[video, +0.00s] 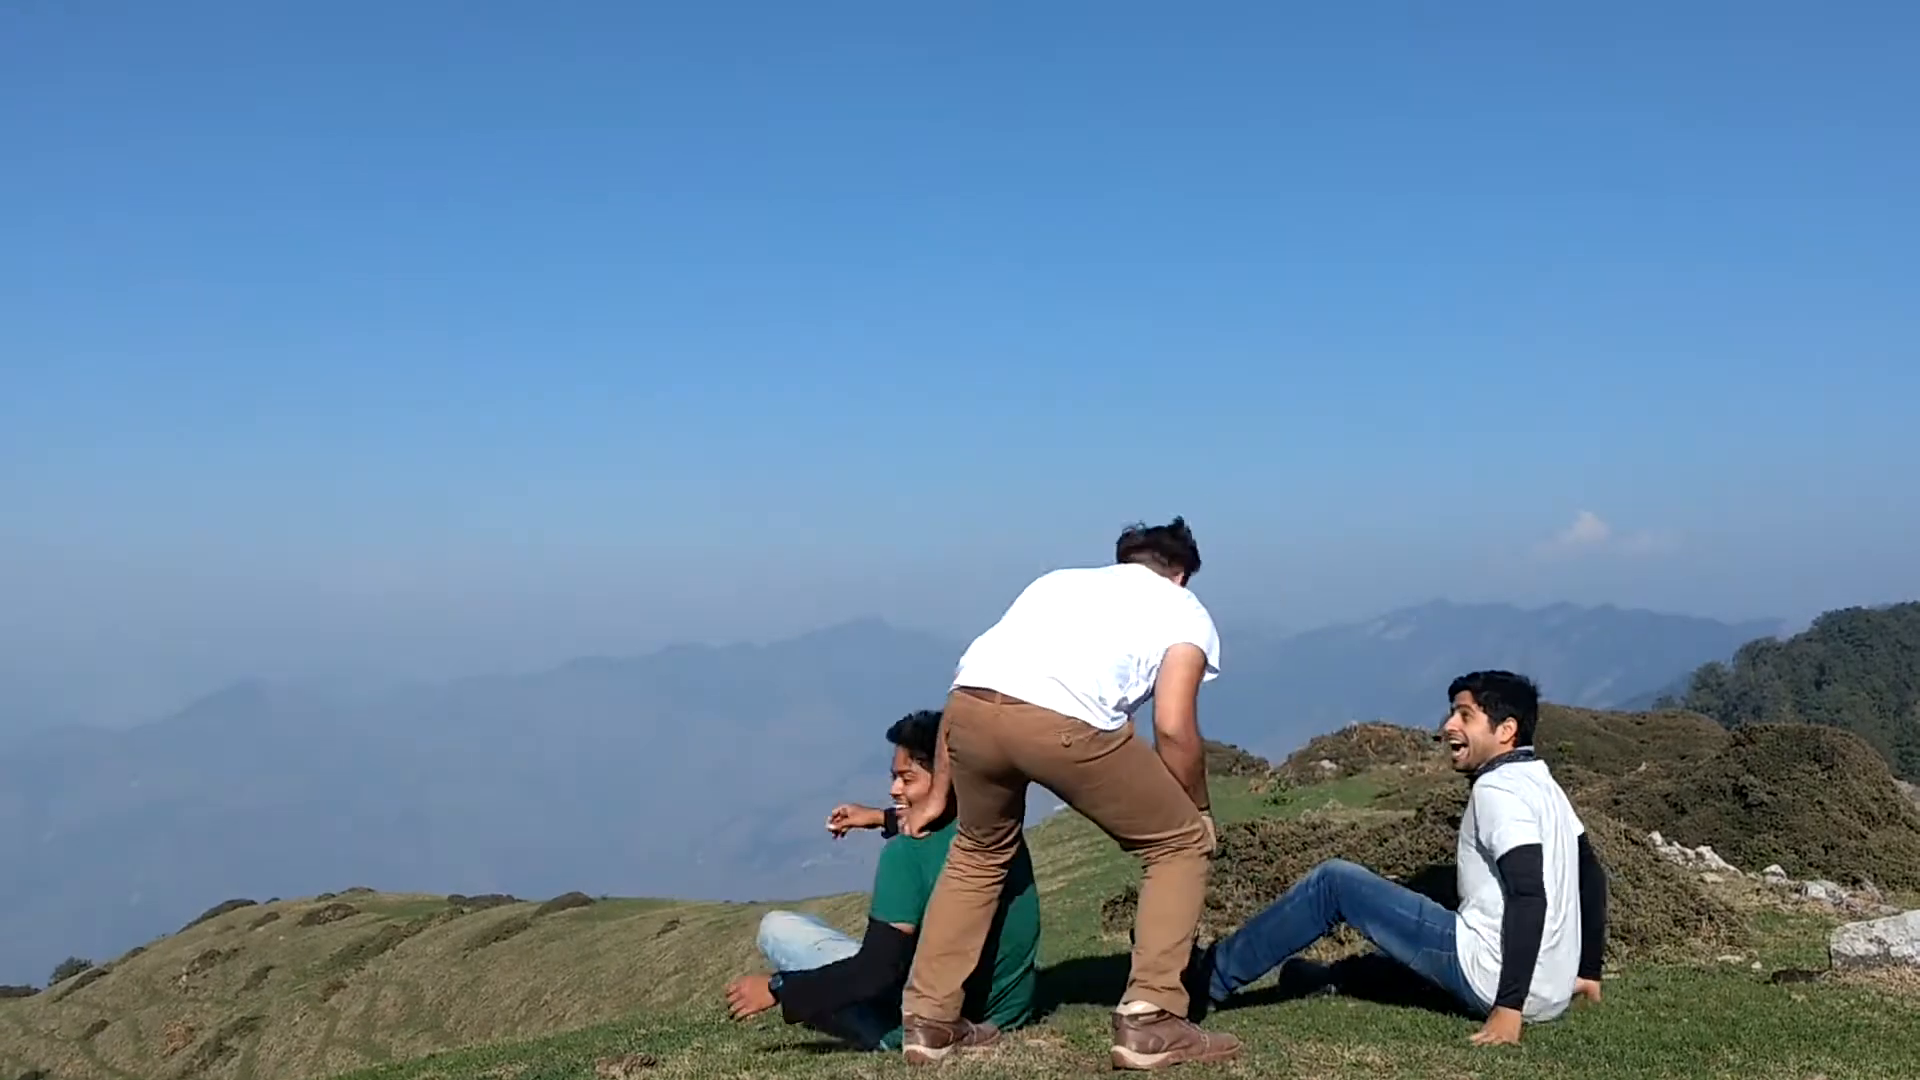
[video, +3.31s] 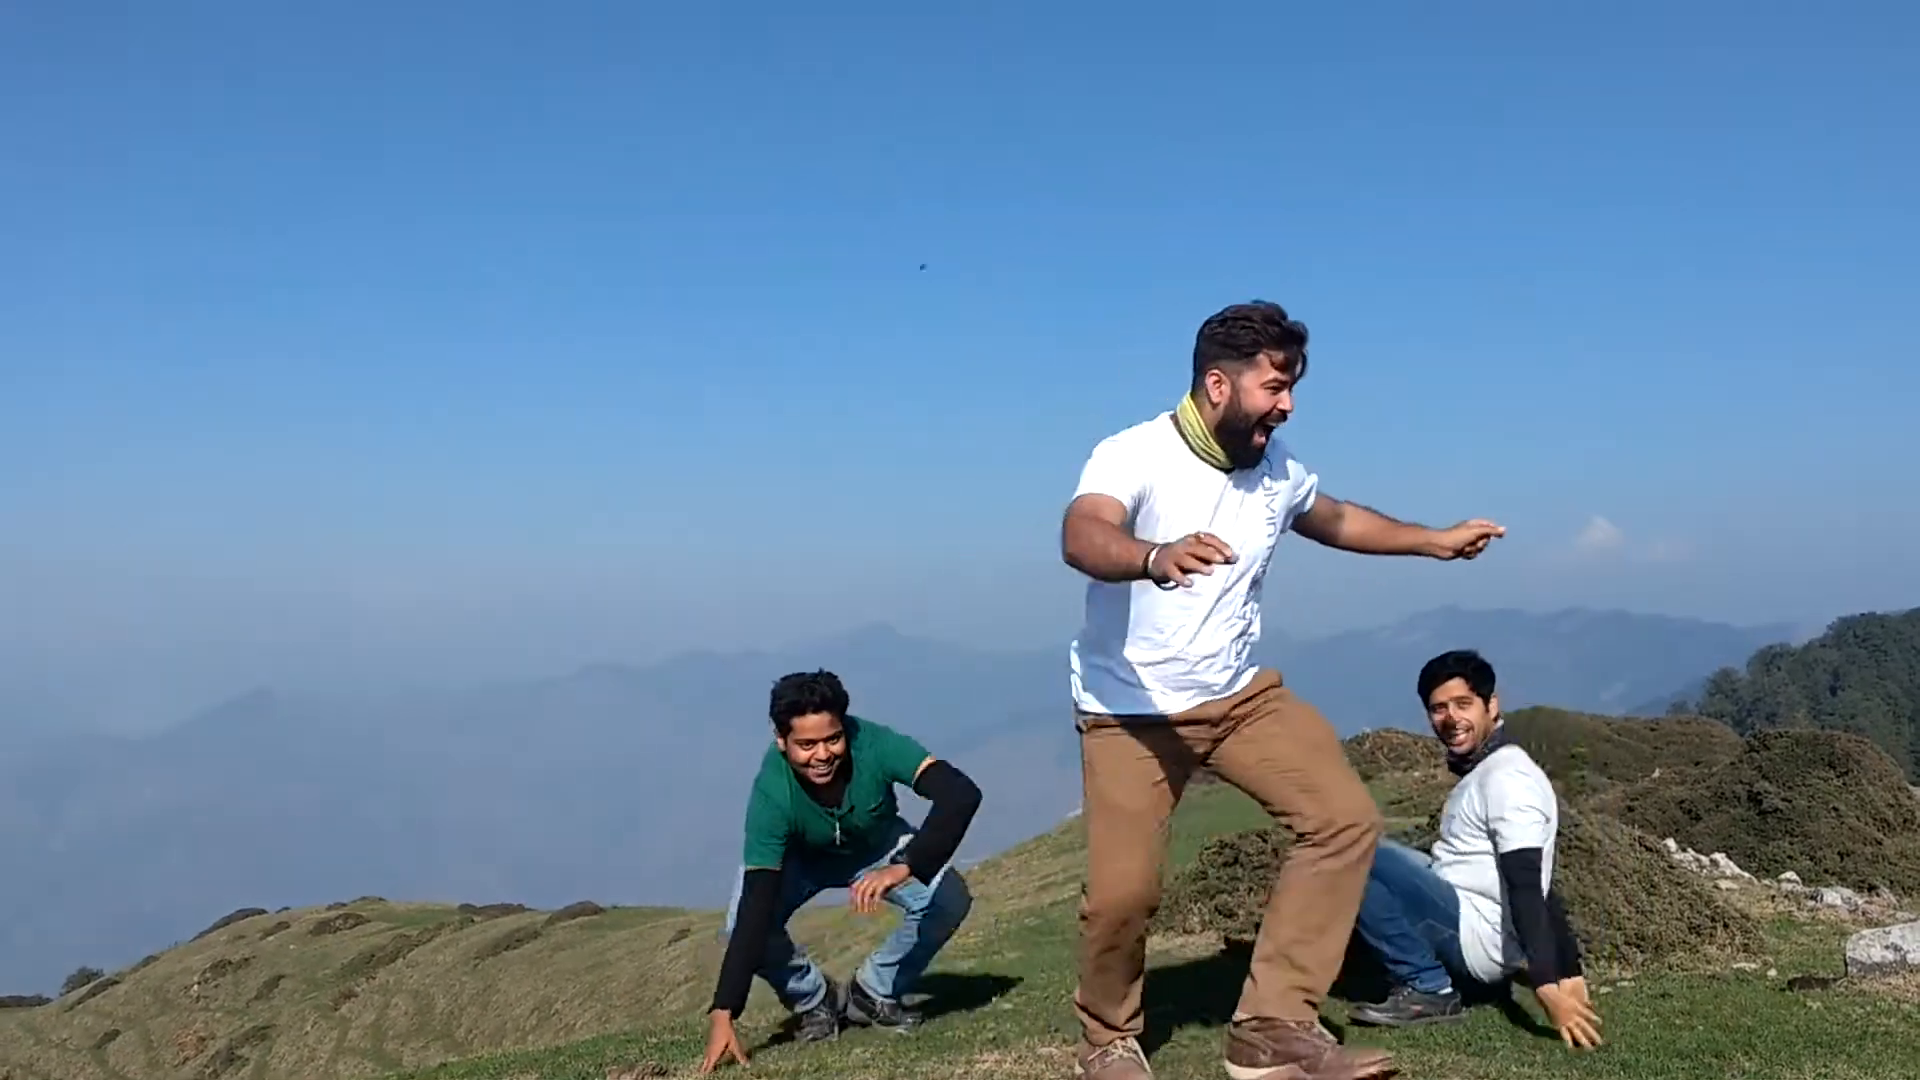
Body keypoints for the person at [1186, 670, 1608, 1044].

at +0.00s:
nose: (1448, 727)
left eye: (1464, 715)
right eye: (1451, 714)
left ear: (1507, 733)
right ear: (1507, 738)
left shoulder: (1497, 790)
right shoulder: (1543, 784)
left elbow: (1528, 895)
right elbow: (1591, 878)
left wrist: (1508, 1011)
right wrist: (1589, 973)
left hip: (1491, 979)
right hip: (1546, 988)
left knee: (1335, 879)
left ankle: (1211, 975)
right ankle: (1333, 979)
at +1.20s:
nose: (1482, 725)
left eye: (1496, 714)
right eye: (1483, 713)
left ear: (1540, 728)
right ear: (1537, 730)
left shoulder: (1542, 797)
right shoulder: (1559, 778)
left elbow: (1553, 909)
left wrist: (1517, 1010)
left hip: (1540, 983)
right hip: (1563, 964)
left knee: (1377, 944)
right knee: (1458, 887)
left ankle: (1216, 991)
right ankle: (1373, 960)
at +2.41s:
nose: (1479, 747)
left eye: (1492, 735)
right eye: (1479, 734)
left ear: (1537, 744)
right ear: (1527, 744)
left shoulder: (1556, 809)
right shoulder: (1540, 798)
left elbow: (1629, 901)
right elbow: (1599, 892)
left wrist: (1594, 1000)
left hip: (1542, 990)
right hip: (1539, 952)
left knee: (1388, 960)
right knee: (1471, 896)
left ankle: (1233, 1004)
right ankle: (1354, 965)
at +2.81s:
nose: (1514, 740)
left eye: (1527, 725)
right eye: (1504, 728)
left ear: (1563, 727)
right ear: (1496, 731)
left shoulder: (1572, 791)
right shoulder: (1554, 776)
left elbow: (1602, 901)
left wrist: (1596, 1006)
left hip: (1543, 969)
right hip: (1536, 931)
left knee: (1385, 918)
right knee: (1465, 871)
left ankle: (1244, 992)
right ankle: (1382, 970)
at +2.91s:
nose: (1514, 732)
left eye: (1527, 717)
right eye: (1504, 721)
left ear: (1561, 718)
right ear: (1496, 725)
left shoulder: (1568, 786)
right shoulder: (1556, 773)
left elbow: (1594, 899)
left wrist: (1598, 1007)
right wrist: (1582, 974)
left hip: (1530, 952)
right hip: (1532, 924)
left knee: (1394, 852)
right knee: (1452, 829)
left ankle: (1299, 983)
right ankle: (1378, 966)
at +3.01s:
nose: (1510, 725)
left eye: (1523, 710)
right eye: (1499, 713)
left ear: (1554, 711)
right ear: (1490, 719)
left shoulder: (1555, 783)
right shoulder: (1546, 770)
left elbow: (1581, 899)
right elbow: (1572, 886)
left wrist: (1596, 1007)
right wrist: (1579, 974)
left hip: (1508, 942)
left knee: (1390, 819)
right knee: (1412, 813)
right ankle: (1425, 977)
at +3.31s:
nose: (1451, 719)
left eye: (1463, 704)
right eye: (1438, 709)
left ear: (1491, 707)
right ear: (1430, 718)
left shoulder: (1507, 779)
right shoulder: (1488, 772)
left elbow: (1524, 891)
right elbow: (1538, 889)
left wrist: (1547, 988)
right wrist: (1570, 976)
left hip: (1481, 942)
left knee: (1356, 851)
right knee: (1365, 846)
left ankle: (1426, 988)